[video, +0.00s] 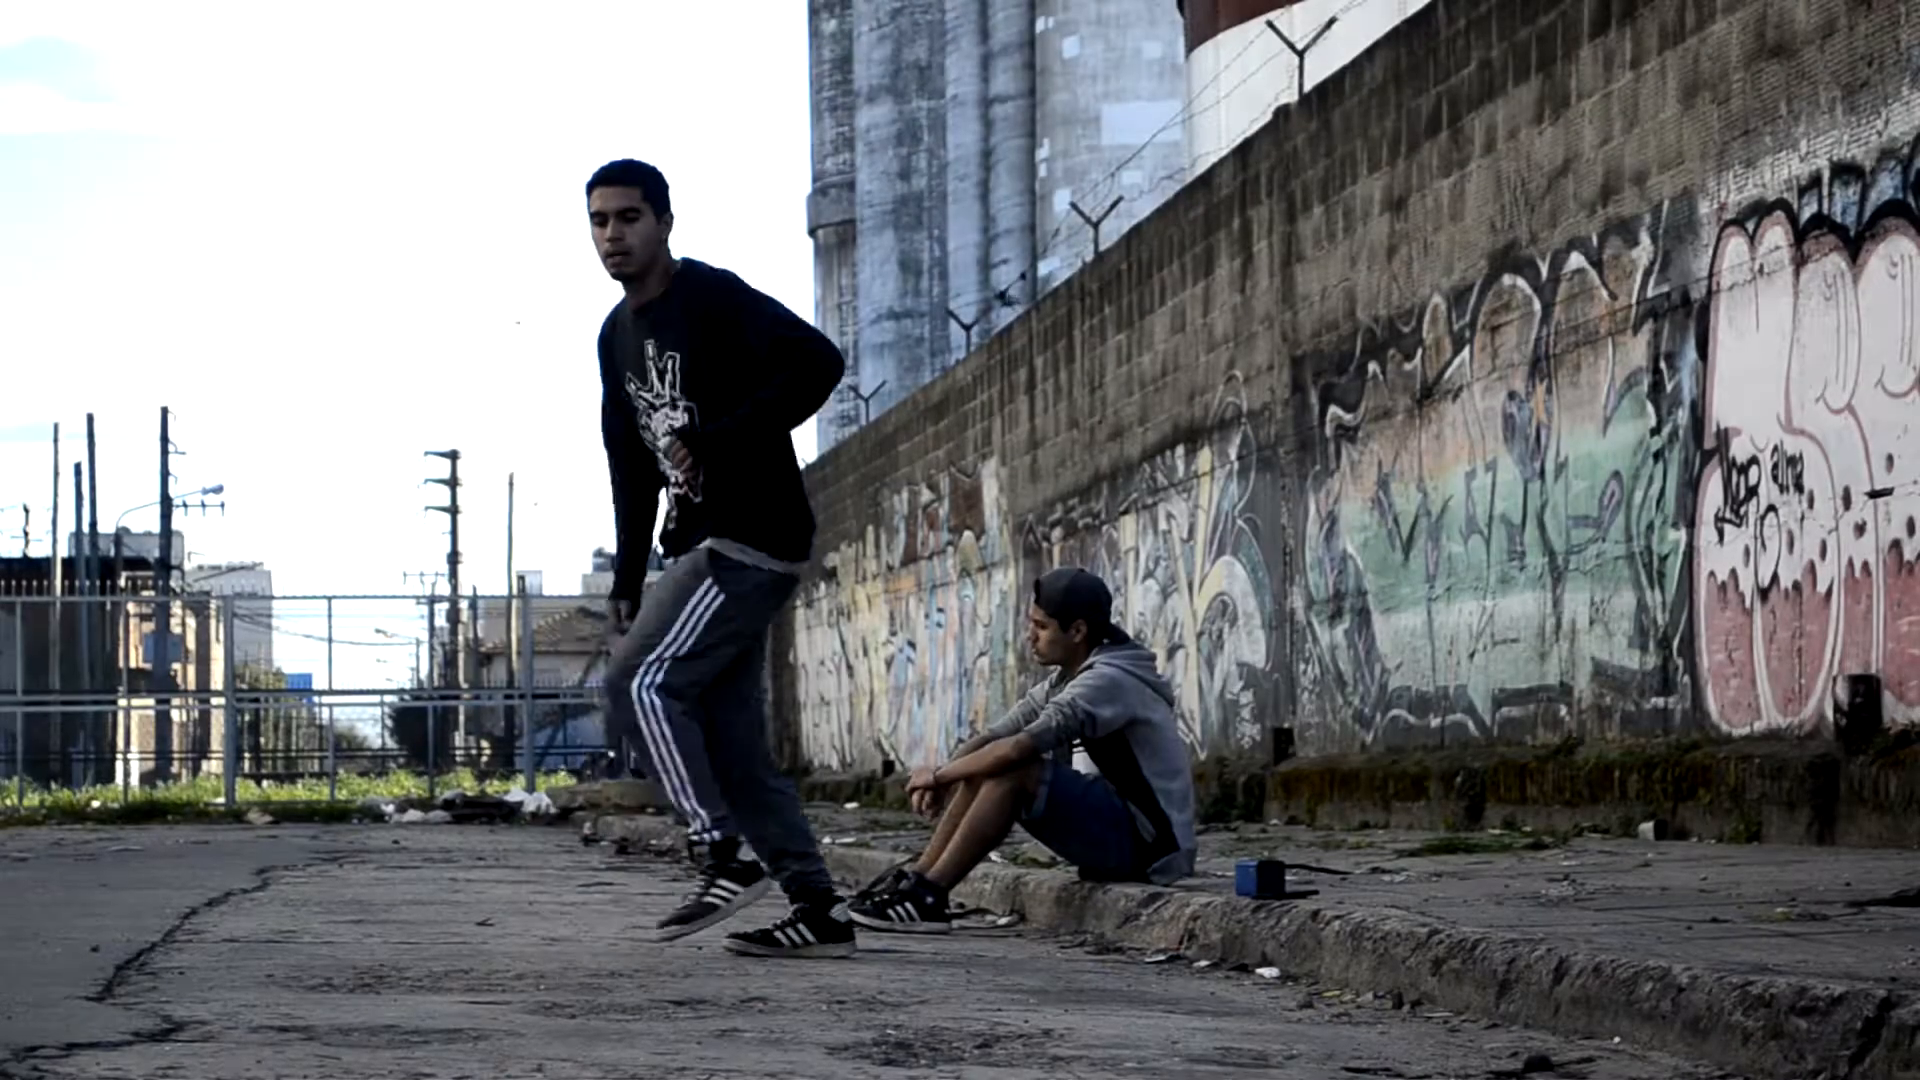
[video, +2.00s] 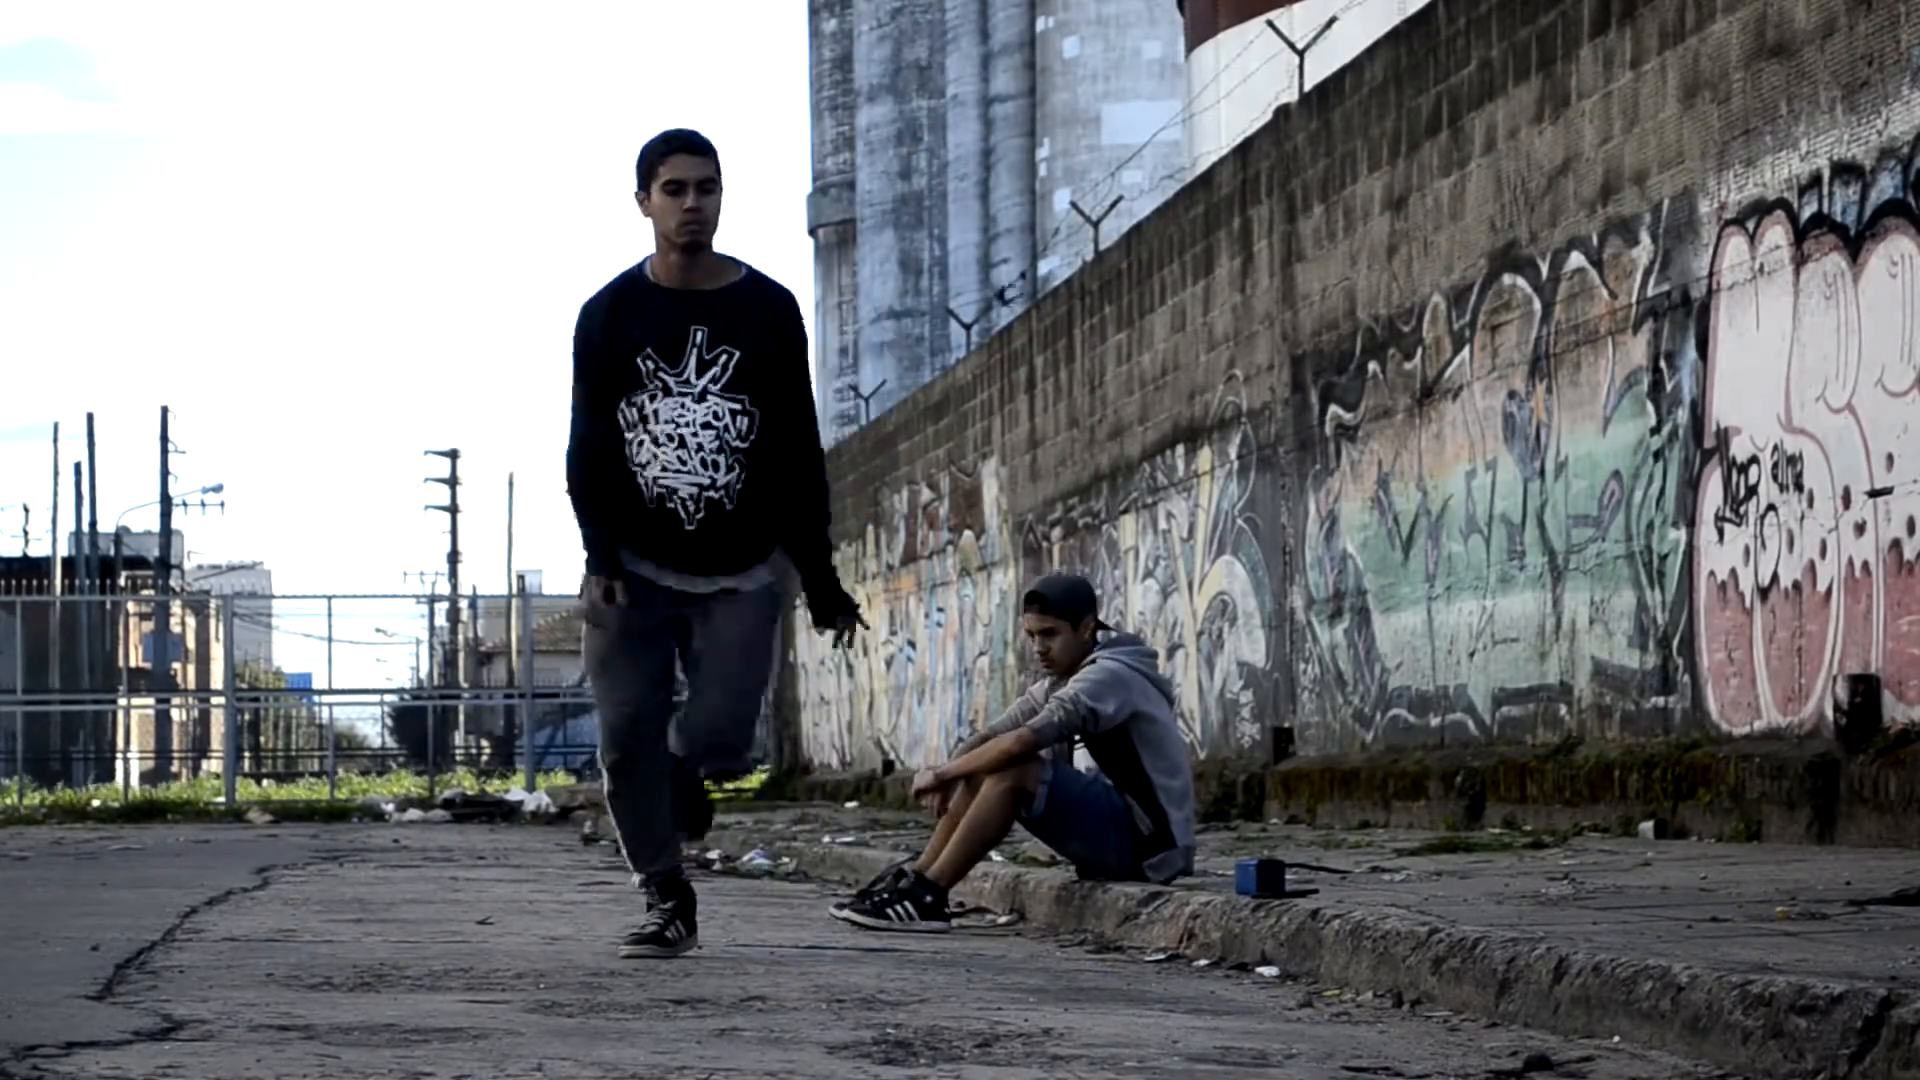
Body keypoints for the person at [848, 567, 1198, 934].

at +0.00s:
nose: (1031, 635)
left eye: (1041, 626)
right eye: (1032, 624)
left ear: (1077, 632)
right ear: (1075, 632)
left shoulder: (1107, 677)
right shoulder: (1072, 675)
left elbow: (1020, 749)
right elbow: (1005, 731)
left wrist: (939, 774)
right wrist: (939, 774)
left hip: (1148, 847)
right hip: (1121, 836)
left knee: (1016, 771)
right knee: (985, 763)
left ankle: (931, 896)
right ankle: (916, 882)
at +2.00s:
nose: (1039, 648)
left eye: (1049, 635)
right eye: (1031, 636)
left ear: (1088, 628)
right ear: (1027, 634)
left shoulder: (1110, 673)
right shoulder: (1068, 676)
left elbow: (1024, 743)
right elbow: (1002, 731)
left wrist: (943, 773)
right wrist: (945, 773)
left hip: (1148, 846)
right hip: (1118, 836)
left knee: (1015, 771)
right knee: (986, 763)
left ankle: (932, 894)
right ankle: (914, 883)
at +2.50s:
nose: (1035, 634)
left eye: (1047, 621)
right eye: (1030, 624)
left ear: (1085, 621)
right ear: (1026, 624)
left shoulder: (1103, 666)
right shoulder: (1081, 668)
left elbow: (1018, 741)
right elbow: (1012, 736)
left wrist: (940, 772)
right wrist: (948, 773)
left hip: (1149, 844)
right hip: (1123, 835)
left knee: (1011, 772)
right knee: (987, 766)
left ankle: (934, 893)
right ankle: (917, 879)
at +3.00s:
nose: (1028, 637)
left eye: (1037, 623)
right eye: (1024, 627)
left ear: (1076, 617)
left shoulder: (1105, 665)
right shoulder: (1081, 670)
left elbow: (1022, 738)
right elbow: (1015, 730)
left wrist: (945, 770)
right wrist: (949, 769)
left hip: (1151, 844)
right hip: (1123, 834)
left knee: (1015, 770)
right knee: (986, 764)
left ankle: (933, 895)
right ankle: (914, 884)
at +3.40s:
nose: (1023, 656)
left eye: (1032, 642)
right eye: (1019, 644)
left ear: (1070, 631)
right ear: (1062, 635)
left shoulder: (1105, 677)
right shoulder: (1065, 680)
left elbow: (1019, 752)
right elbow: (994, 736)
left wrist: (942, 774)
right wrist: (943, 775)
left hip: (1150, 848)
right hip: (1118, 838)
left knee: (1017, 770)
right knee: (989, 761)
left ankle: (932, 895)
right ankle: (915, 880)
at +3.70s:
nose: (1023, 645)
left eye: (1033, 633)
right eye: (1019, 633)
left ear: (1072, 628)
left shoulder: (1095, 674)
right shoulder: (1060, 677)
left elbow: (1013, 753)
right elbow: (992, 736)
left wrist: (938, 776)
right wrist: (944, 781)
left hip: (1148, 846)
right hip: (1119, 836)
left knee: (1015, 768)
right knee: (986, 761)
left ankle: (932, 894)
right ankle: (914, 881)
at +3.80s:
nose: (1020, 646)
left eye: (1031, 633)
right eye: (1017, 634)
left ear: (1069, 629)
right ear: (1059, 632)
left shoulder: (1094, 671)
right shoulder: (1061, 677)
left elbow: (1011, 752)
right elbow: (991, 738)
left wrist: (939, 778)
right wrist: (942, 784)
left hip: (1149, 845)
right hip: (1119, 837)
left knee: (1015, 768)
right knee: (986, 762)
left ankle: (932, 894)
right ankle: (913, 882)